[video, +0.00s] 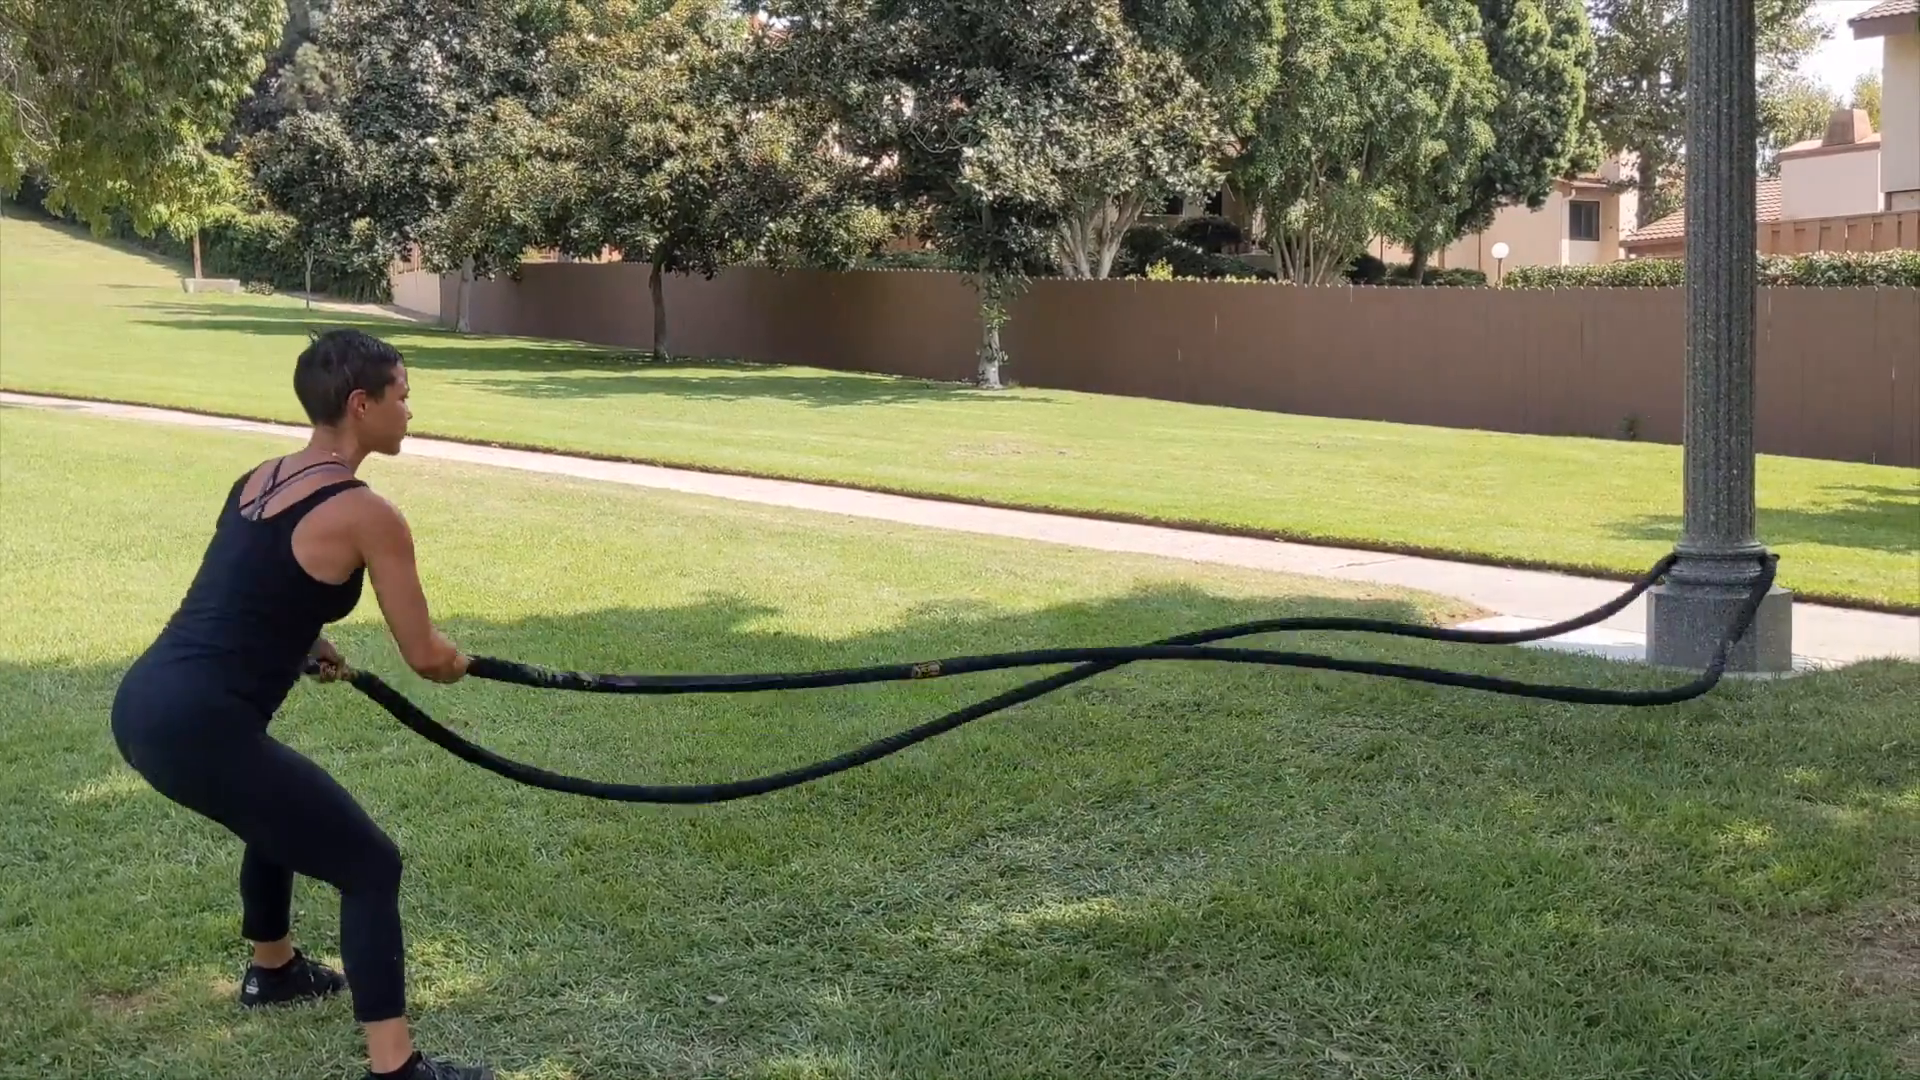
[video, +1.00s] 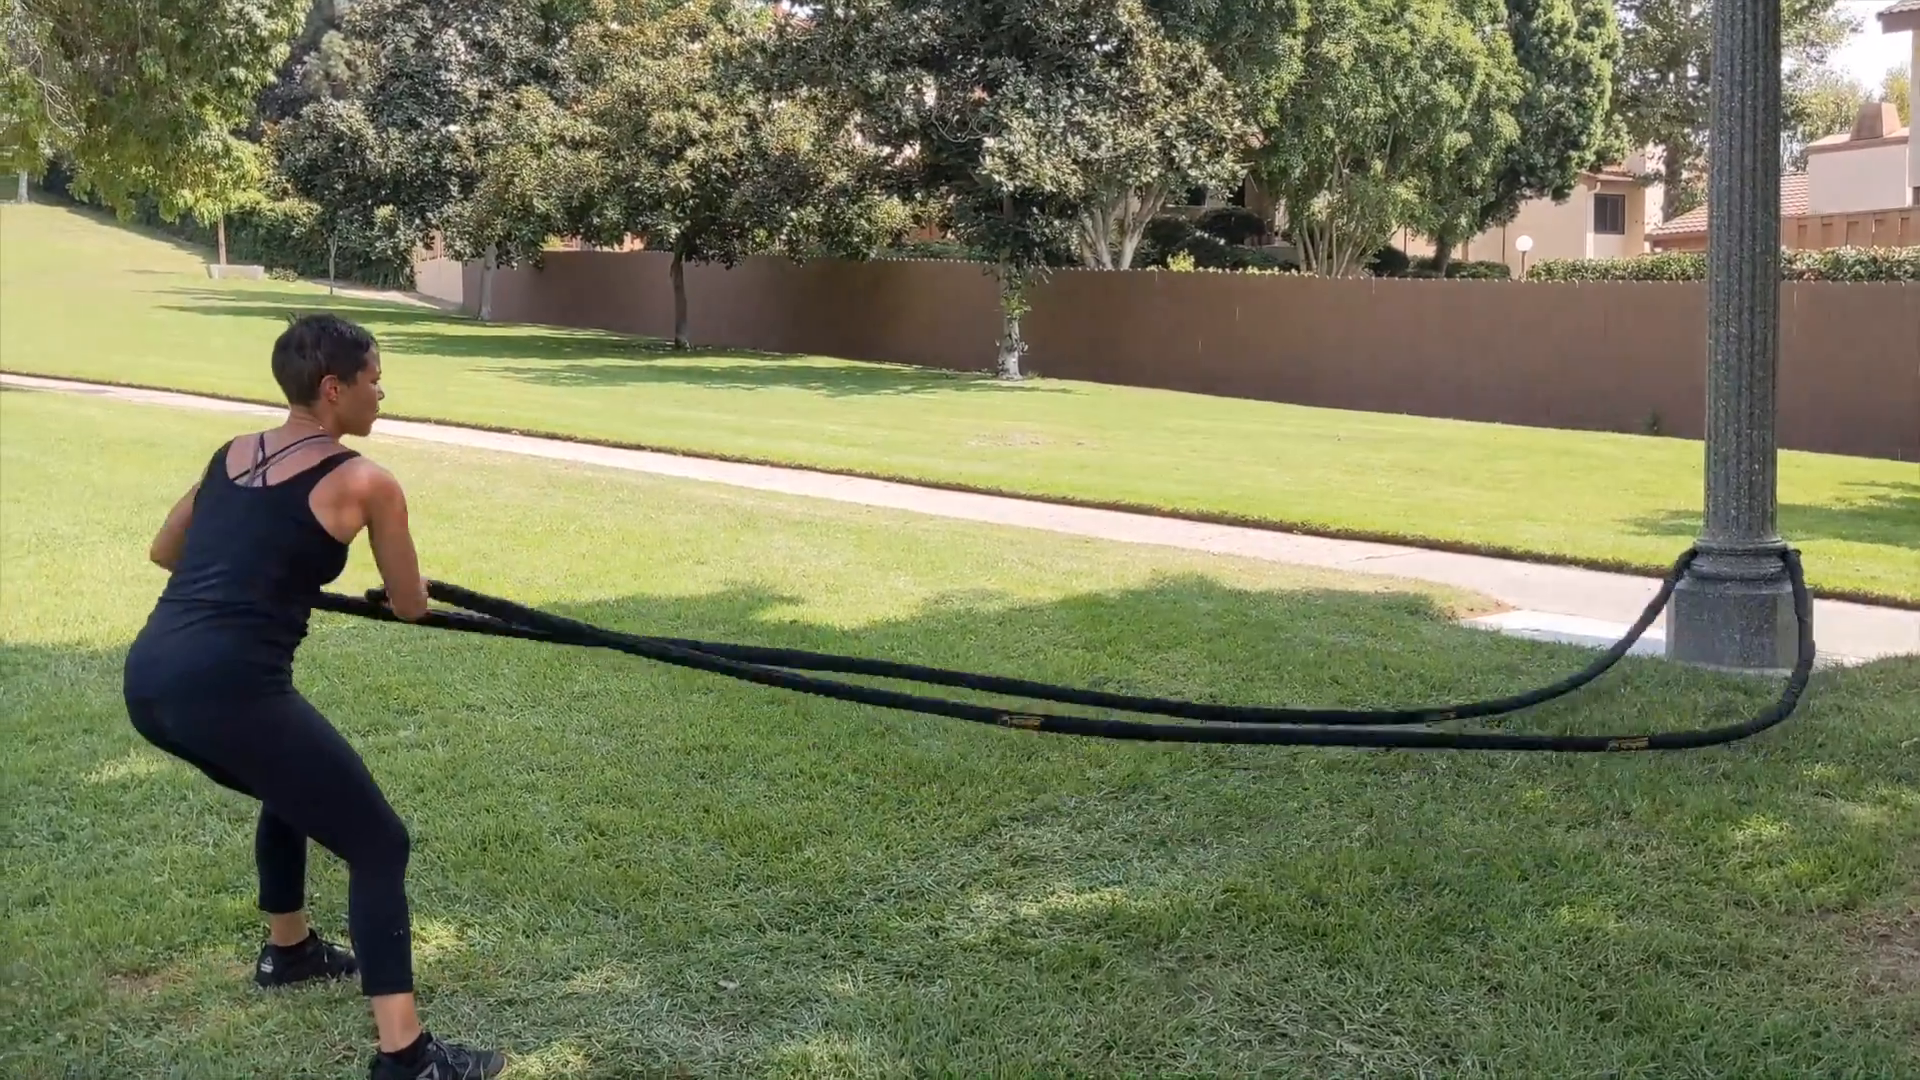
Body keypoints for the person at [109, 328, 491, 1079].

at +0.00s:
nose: (409, 407)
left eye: (406, 392)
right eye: (400, 393)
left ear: (333, 406)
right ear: (359, 404)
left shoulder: (263, 476)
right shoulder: (369, 515)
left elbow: (234, 590)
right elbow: (424, 654)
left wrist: (304, 642)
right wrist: (450, 660)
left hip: (144, 708)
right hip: (203, 728)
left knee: (280, 808)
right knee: (371, 864)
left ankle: (273, 968)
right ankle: (394, 1061)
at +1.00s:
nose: (381, 396)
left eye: (379, 381)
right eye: (373, 382)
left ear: (304, 388)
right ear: (330, 389)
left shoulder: (237, 451)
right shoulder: (366, 481)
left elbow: (166, 547)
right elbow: (408, 599)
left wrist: (262, 552)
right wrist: (414, 603)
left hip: (152, 683)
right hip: (234, 691)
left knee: (289, 787)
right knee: (379, 841)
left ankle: (288, 949)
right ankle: (402, 1047)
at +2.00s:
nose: (426, 404)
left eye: (426, 387)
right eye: (419, 387)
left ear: (359, 389)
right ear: (376, 387)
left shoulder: (303, 461)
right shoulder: (363, 487)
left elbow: (357, 576)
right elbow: (431, 619)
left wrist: (471, 594)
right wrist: (527, 638)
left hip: (173, 677)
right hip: (217, 696)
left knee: (318, 790)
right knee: (381, 838)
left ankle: (296, 945)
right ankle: (412, 1047)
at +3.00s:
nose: (469, 386)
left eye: (468, 370)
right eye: (462, 370)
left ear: (400, 375)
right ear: (420, 373)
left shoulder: (356, 451)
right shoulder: (383, 473)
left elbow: (403, 599)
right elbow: (432, 597)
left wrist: (483, 613)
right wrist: (572, 601)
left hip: (224, 655)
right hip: (238, 680)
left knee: (341, 774)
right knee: (398, 823)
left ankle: (310, 927)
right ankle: (427, 1031)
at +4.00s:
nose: (431, 383)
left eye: (430, 366)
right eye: (425, 366)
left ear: (363, 370)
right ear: (383, 366)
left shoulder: (323, 451)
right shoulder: (355, 459)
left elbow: (423, 585)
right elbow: (438, 575)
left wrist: (527, 589)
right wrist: (546, 584)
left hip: (200, 661)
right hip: (199, 681)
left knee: (317, 765)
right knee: (370, 815)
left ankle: (290, 914)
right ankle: (403, 1020)